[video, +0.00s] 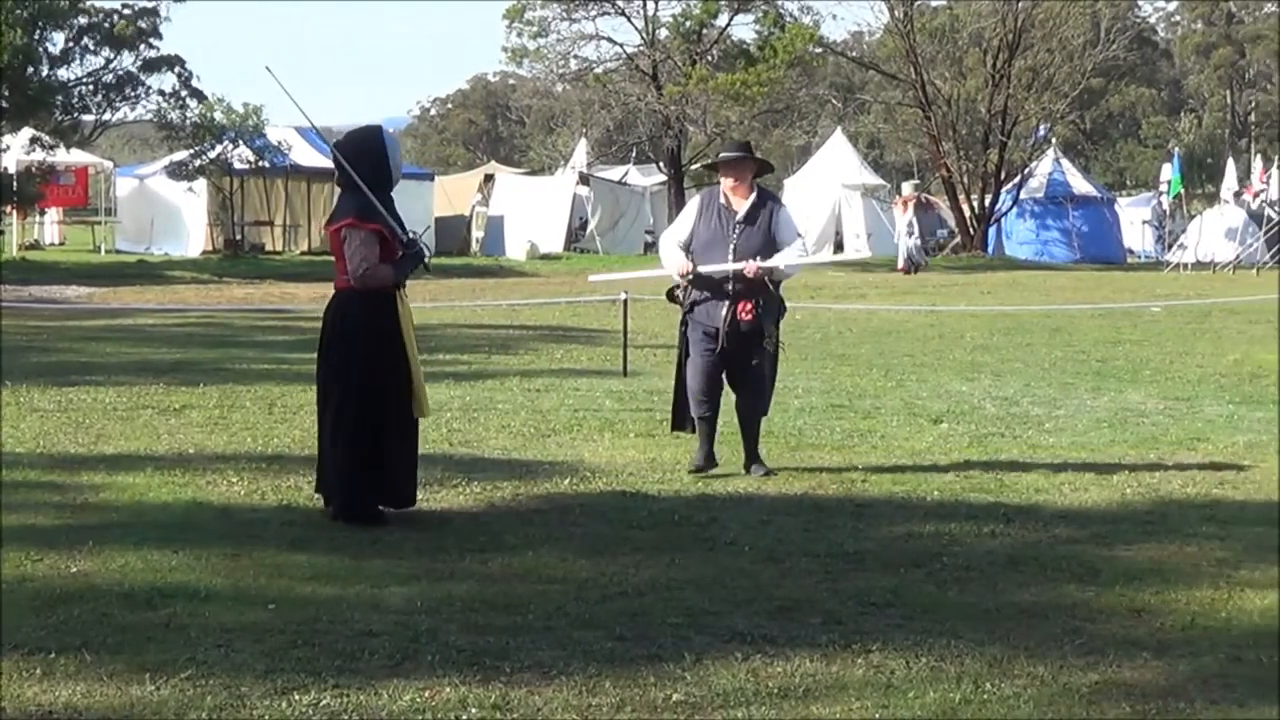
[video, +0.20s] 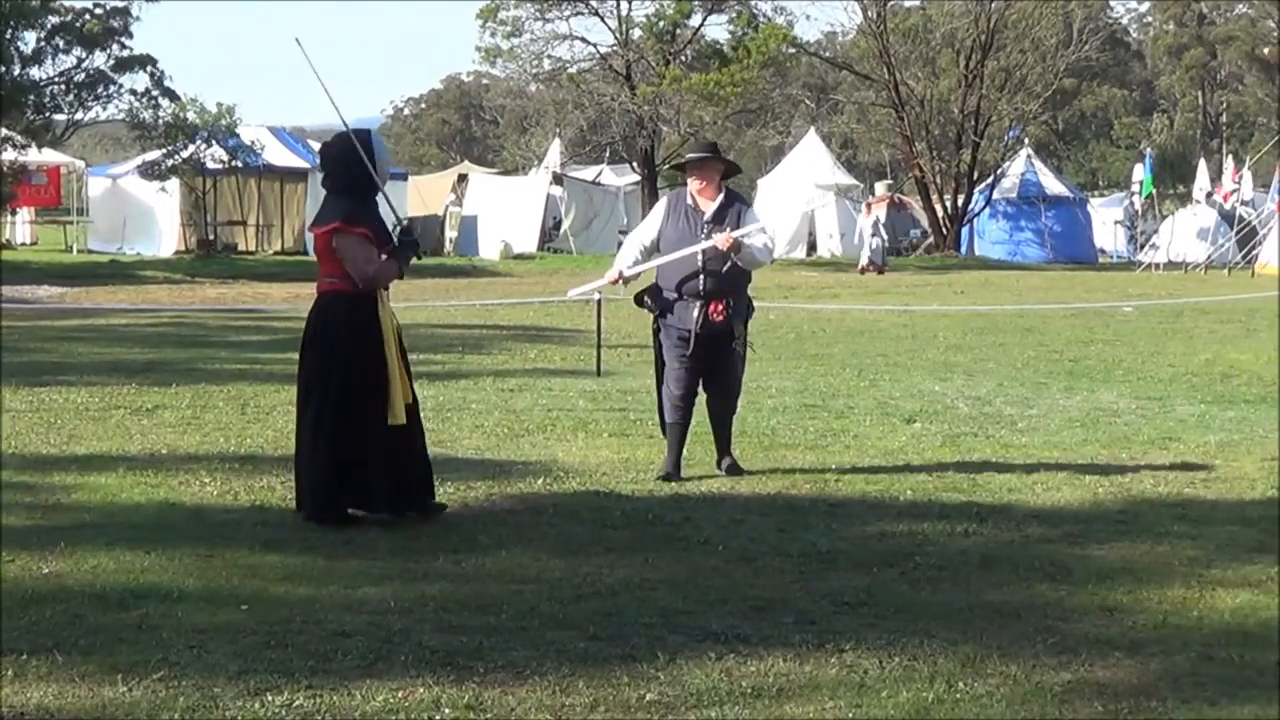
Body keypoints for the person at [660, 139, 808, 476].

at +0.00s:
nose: (731, 173)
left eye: (738, 167)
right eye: (725, 168)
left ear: (753, 169)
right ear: (718, 172)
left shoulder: (772, 207)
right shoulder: (702, 203)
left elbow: (798, 251)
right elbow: (668, 240)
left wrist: (768, 268)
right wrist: (676, 261)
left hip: (755, 311)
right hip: (705, 308)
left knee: (754, 389)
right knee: (700, 385)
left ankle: (753, 456)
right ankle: (704, 452)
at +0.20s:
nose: (694, 173)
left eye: (702, 166)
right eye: (690, 168)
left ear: (721, 171)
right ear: (684, 173)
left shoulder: (740, 209)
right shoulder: (670, 204)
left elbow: (763, 255)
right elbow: (640, 240)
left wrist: (737, 248)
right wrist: (622, 267)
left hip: (726, 314)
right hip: (677, 312)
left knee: (724, 392)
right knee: (677, 392)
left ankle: (725, 455)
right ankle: (672, 464)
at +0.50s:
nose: (648, 173)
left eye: (655, 166)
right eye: (643, 167)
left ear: (673, 169)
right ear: (637, 172)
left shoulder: (693, 203)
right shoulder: (624, 205)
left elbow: (721, 249)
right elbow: (594, 244)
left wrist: (707, 228)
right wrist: (571, 278)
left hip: (685, 312)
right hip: (638, 312)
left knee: (692, 389)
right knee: (644, 392)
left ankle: (697, 452)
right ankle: (642, 463)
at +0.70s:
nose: (615, 175)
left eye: (622, 167)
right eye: (609, 168)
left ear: (637, 168)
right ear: (601, 172)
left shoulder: (654, 203)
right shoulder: (586, 204)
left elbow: (680, 248)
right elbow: (556, 243)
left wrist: (678, 226)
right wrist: (536, 274)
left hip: (650, 307)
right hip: (604, 309)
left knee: (668, 379)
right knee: (612, 390)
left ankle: (669, 446)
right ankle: (612, 462)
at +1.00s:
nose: (582, 174)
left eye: (585, 167)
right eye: (573, 169)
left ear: (592, 168)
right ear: (558, 174)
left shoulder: (604, 202)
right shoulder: (541, 204)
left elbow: (625, 246)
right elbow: (512, 251)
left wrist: (637, 225)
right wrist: (514, 279)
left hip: (605, 308)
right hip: (561, 310)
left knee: (614, 386)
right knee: (563, 390)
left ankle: (629, 461)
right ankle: (563, 462)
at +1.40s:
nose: (555, 173)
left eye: (559, 166)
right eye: (547, 168)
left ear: (567, 169)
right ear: (532, 172)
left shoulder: (574, 203)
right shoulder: (514, 204)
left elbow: (596, 248)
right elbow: (490, 248)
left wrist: (607, 226)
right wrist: (490, 284)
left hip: (578, 308)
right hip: (534, 308)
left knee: (575, 392)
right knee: (525, 390)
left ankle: (576, 465)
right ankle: (507, 464)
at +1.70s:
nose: (521, 174)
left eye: (527, 167)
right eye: (513, 169)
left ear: (537, 169)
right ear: (502, 173)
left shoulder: (551, 205)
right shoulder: (484, 205)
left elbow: (574, 257)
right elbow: (458, 248)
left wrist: (580, 233)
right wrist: (448, 288)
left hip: (547, 306)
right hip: (504, 305)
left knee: (540, 385)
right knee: (504, 382)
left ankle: (530, 462)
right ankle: (488, 449)